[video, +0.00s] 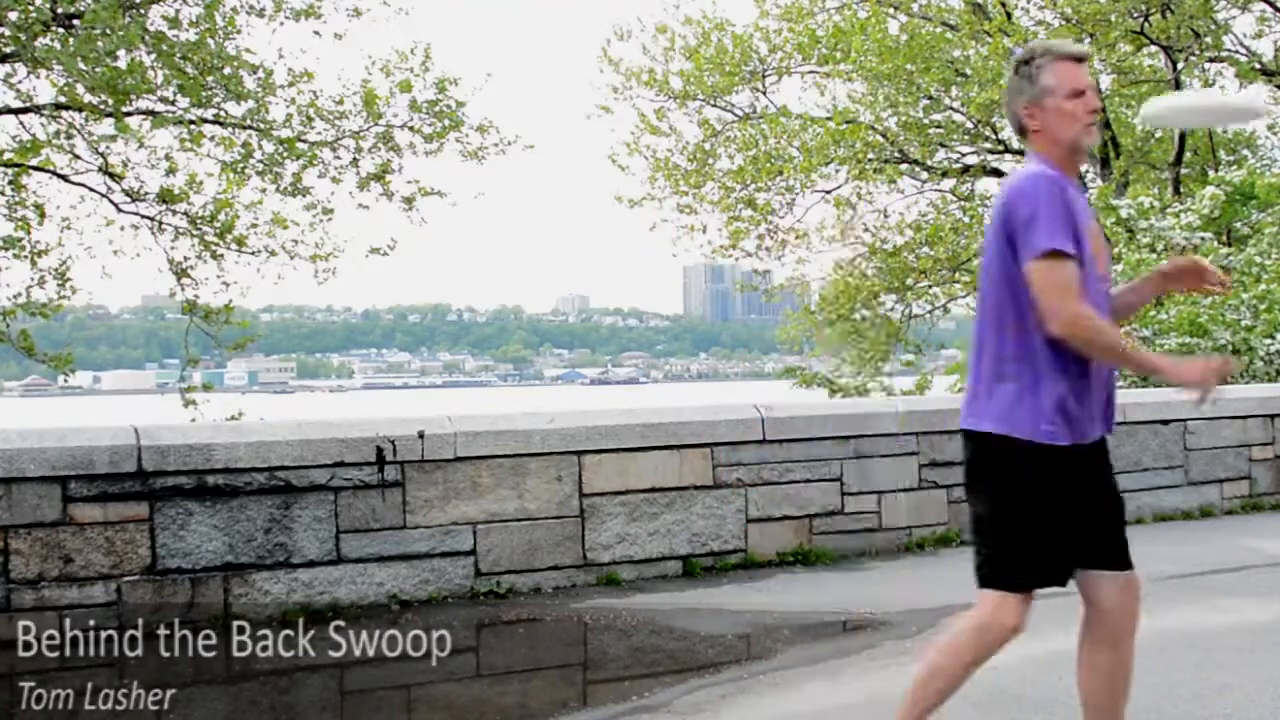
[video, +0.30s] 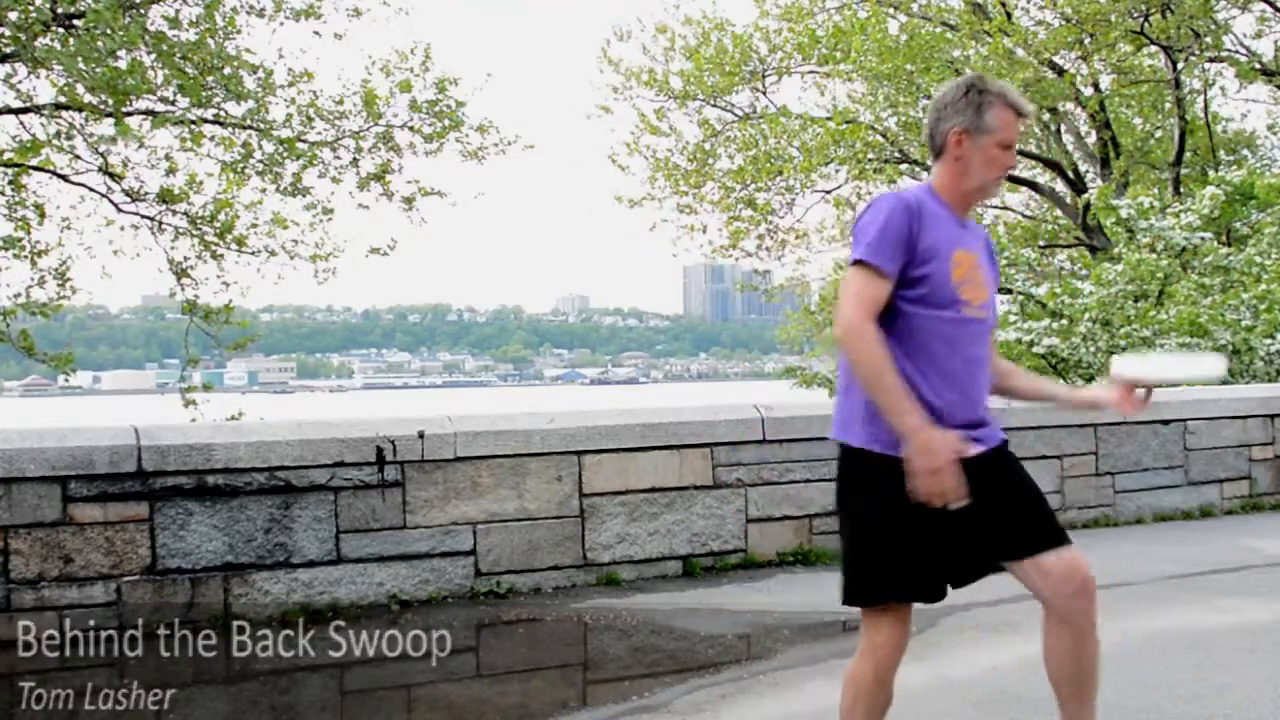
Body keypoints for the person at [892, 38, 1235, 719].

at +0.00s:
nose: (1094, 105)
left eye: (1093, 93)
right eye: (1075, 95)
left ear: (1092, 103)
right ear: (1032, 116)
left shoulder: (1069, 194)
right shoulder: (1034, 188)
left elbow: (1093, 313)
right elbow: (1061, 316)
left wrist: (1158, 282)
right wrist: (1169, 369)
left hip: (1073, 438)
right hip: (1013, 436)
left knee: (1115, 599)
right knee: (1000, 612)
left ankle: (1105, 719)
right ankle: (906, 712)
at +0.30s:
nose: (1013, 164)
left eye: (1016, 150)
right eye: (1005, 147)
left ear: (972, 150)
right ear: (958, 143)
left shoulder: (979, 241)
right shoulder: (897, 211)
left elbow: (981, 367)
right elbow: (851, 324)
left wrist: (1092, 397)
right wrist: (918, 432)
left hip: (973, 447)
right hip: (883, 455)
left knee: (1070, 585)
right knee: (884, 638)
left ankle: (1079, 718)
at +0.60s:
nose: (972, 212)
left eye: (979, 200)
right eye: (964, 195)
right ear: (919, 177)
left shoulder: (938, 273)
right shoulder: (846, 232)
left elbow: (941, 385)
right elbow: (779, 335)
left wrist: (983, 492)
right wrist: (747, 449)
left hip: (907, 439)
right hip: (825, 455)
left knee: (1039, 470)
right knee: (846, 642)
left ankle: (1112, 674)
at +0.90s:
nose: (854, 147)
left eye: (872, 136)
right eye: (848, 134)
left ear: (911, 148)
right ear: (840, 138)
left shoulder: (935, 237)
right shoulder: (802, 219)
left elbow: (904, 338)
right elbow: (771, 338)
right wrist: (793, 451)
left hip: (926, 431)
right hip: (838, 443)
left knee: (1037, 518)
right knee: (847, 629)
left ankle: (1058, 708)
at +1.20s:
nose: (832, 119)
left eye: (848, 107)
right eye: (835, 107)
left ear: (894, 127)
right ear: (876, 127)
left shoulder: (953, 215)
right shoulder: (801, 212)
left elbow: (1000, 303)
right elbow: (781, 328)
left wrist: (974, 384)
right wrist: (823, 420)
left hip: (930, 443)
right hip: (836, 442)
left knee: (959, 612)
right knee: (833, 621)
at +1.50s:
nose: (775, 145)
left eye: (788, 133)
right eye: (779, 132)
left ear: (830, 148)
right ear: (820, 149)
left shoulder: (853, 223)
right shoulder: (785, 231)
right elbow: (783, 344)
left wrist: (680, 234)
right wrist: (733, 409)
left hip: (864, 448)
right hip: (799, 452)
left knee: (842, 640)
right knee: (778, 626)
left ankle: (938, 711)